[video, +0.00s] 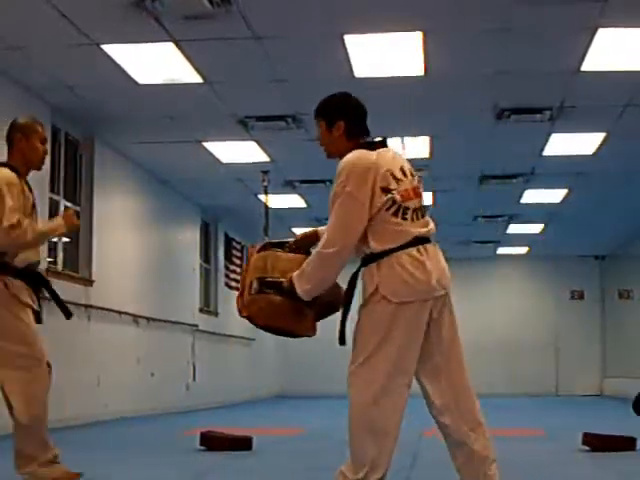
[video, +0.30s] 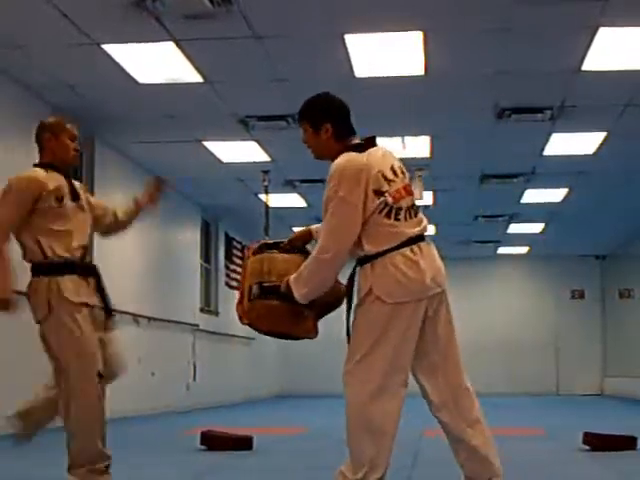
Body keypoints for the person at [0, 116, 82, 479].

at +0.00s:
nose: (46, 150)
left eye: (46, 143)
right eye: (41, 142)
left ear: (27, 146)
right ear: (18, 142)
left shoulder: (23, 188)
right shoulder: (5, 180)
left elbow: (18, 240)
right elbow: (7, 235)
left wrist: (30, 283)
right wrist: (57, 226)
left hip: (16, 290)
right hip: (6, 291)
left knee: (31, 367)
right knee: (32, 366)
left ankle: (37, 458)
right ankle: (35, 461)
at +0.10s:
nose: (49, 167)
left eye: (49, 160)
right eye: (44, 158)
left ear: (27, 161)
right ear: (22, 159)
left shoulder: (27, 212)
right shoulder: (6, 204)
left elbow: (43, 258)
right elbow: (4, 265)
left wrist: (81, 268)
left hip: (21, 305)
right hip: (10, 307)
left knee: (7, 383)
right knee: (48, 380)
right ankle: (70, 465)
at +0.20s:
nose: (61, 158)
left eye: (61, 152)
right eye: (54, 151)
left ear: (45, 157)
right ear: (32, 155)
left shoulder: (62, 205)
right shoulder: (18, 198)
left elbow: (98, 221)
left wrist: (117, 195)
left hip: (50, 303)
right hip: (27, 301)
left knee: (6, 383)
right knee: (69, 381)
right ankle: (81, 470)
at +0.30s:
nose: (77, 146)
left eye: (77, 141)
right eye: (71, 139)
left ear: (59, 145)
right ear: (48, 142)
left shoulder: (77, 193)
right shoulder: (32, 182)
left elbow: (111, 222)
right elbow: (2, 232)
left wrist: (144, 201)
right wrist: (5, 286)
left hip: (85, 287)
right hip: (56, 288)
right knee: (83, 374)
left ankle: (28, 419)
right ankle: (89, 468)